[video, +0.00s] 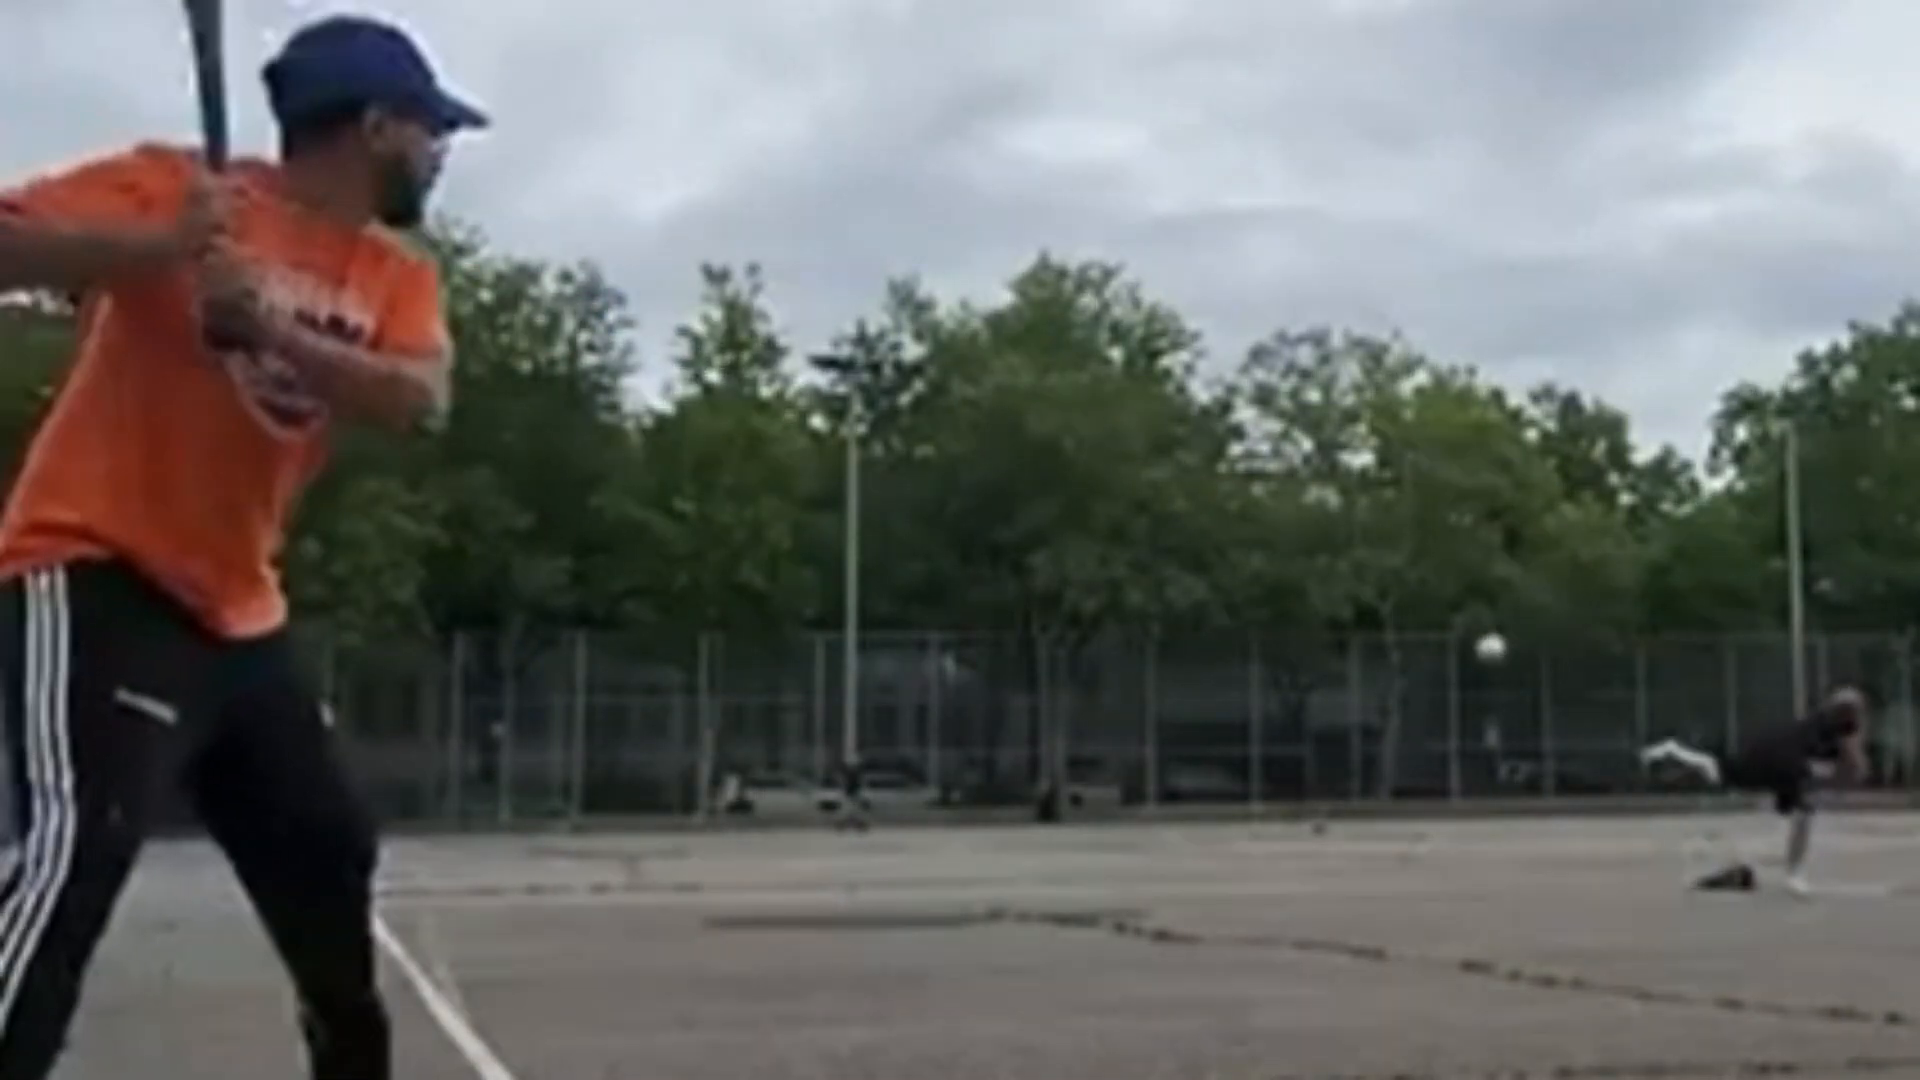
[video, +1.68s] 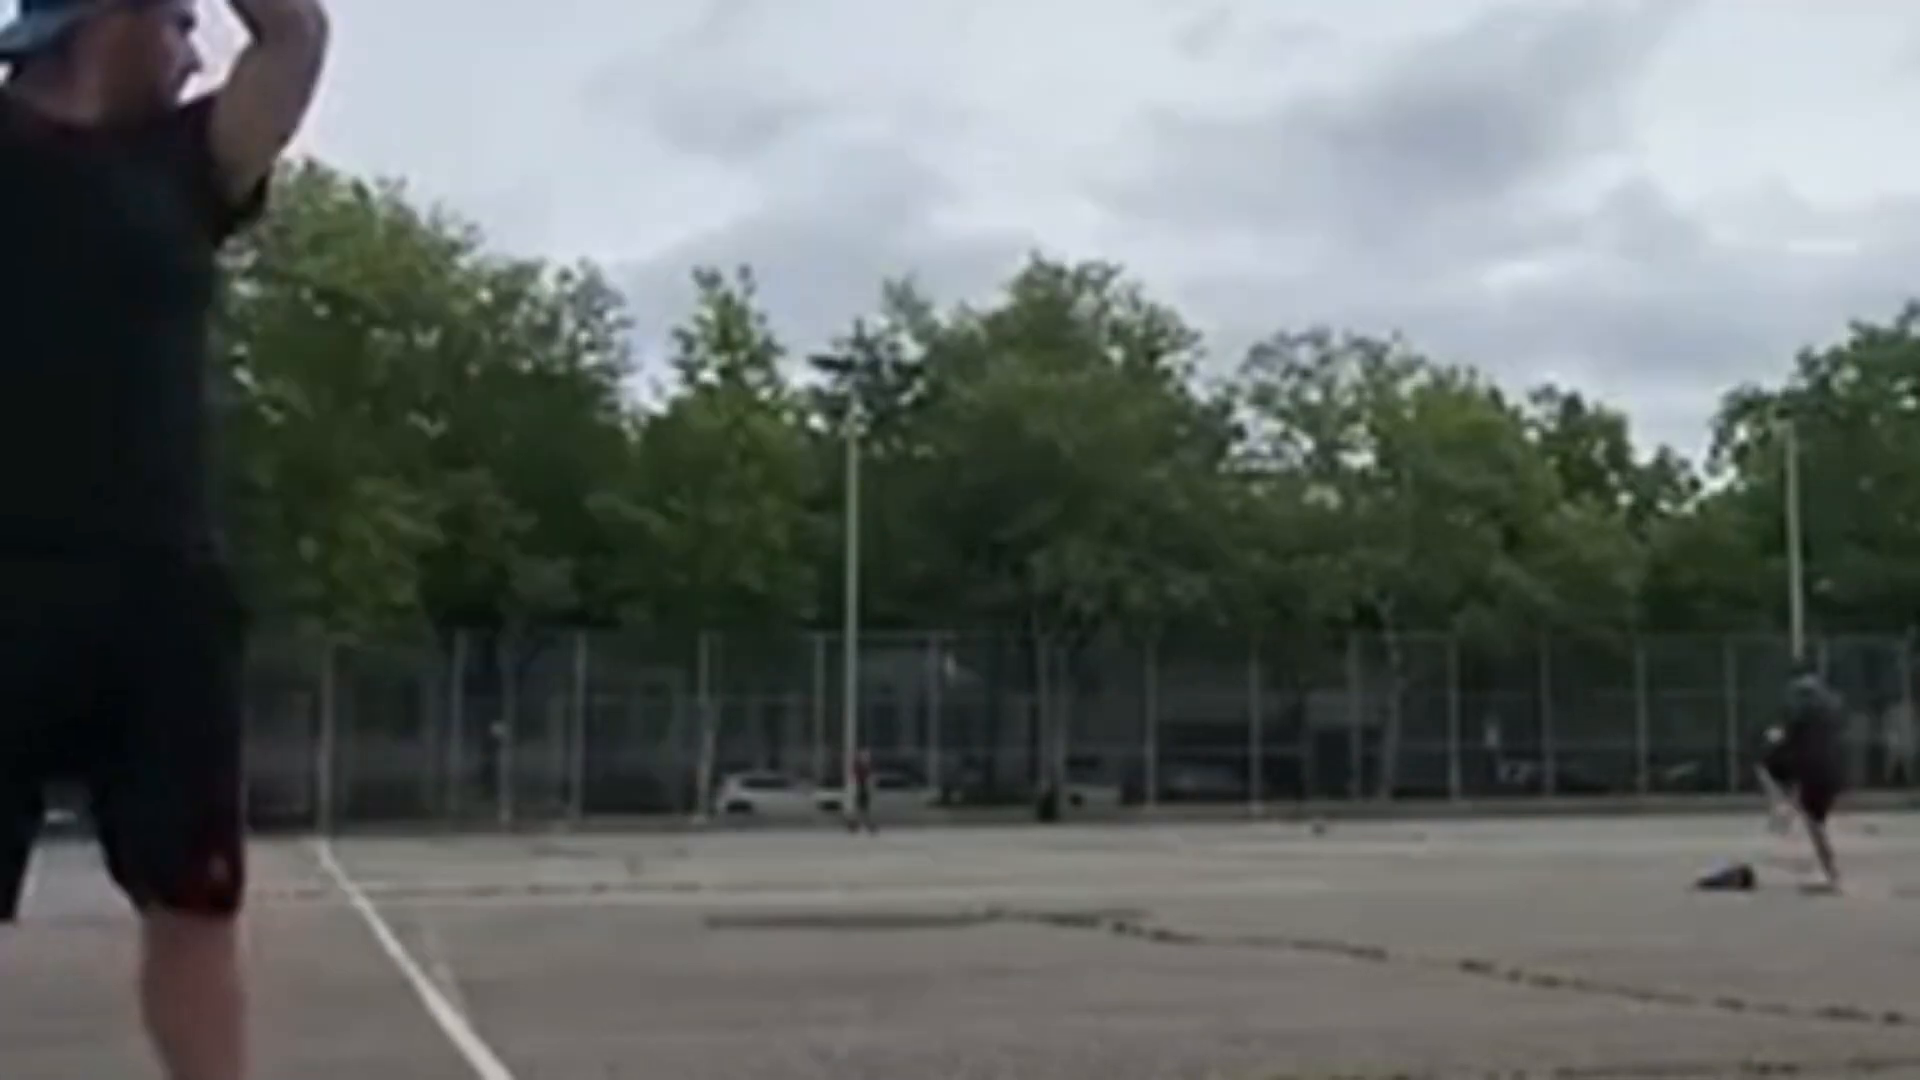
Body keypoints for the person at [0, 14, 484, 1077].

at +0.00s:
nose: (442, 150)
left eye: (441, 130)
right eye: (429, 127)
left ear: (373, 132)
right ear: (372, 126)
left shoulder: (399, 275)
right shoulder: (178, 184)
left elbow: (417, 398)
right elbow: (12, 239)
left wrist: (272, 328)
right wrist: (154, 243)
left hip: (230, 598)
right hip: (87, 559)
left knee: (324, 844)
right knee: (75, 838)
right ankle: (16, 1052)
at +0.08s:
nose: (474, 200)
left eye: (474, 178)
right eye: (461, 175)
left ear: (405, 180)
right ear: (396, 172)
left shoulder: (424, 299)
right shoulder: (204, 224)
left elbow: (446, 413)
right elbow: (24, 336)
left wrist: (283, 353)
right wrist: (165, 297)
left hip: (256, 619)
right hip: (120, 584)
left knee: (364, 853)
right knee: (138, 850)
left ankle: (399, 1055)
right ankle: (22, 1060)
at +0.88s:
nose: (459, 124)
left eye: (473, 106)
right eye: (444, 93)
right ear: (363, 57)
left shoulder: (405, 258)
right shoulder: (207, 153)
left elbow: (383, 446)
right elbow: (36, 315)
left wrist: (347, 488)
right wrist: (243, 408)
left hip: (285, 589)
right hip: (142, 554)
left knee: (342, 849)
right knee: (91, 877)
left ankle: (297, 1061)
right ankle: (20, 1056)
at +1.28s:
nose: (487, 129)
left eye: (499, 112)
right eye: (478, 99)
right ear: (408, 64)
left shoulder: (415, 270)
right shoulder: (286, 153)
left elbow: (404, 456)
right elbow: (170, 341)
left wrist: (449, 619)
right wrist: (332, 520)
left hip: (315, 587)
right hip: (203, 547)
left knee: (298, 850)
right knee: (156, 825)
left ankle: (275, 1054)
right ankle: (40, 1055)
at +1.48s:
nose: (503, 137)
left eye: (514, 121)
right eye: (493, 108)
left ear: (450, 101)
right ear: (420, 71)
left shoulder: (436, 294)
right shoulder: (275, 148)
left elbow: (426, 474)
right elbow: (133, 308)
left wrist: (476, 659)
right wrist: (197, 511)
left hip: (318, 602)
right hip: (186, 562)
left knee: (299, 867)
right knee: (131, 853)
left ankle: (273, 1049)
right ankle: (33, 1058)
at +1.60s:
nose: (527, 157)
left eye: (538, 142)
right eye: (515, 125)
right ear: (441, 86)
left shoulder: (451, 316)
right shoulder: (282, 148)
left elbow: (448, 498)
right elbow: (109, 276)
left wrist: (501, 683)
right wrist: (93, 486)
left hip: (300, 602)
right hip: (170, 555)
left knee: (287, 876)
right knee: (112, 852)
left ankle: (262, 1040)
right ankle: (26, 1056)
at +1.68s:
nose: (194, 49)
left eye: (191, 26)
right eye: (171, 21)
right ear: (100, 25)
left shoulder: (176, 163)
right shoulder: (20, 149)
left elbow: (294, 35)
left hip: (156, 572)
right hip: (30, 575)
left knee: (196, 894)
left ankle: (212, 1066)